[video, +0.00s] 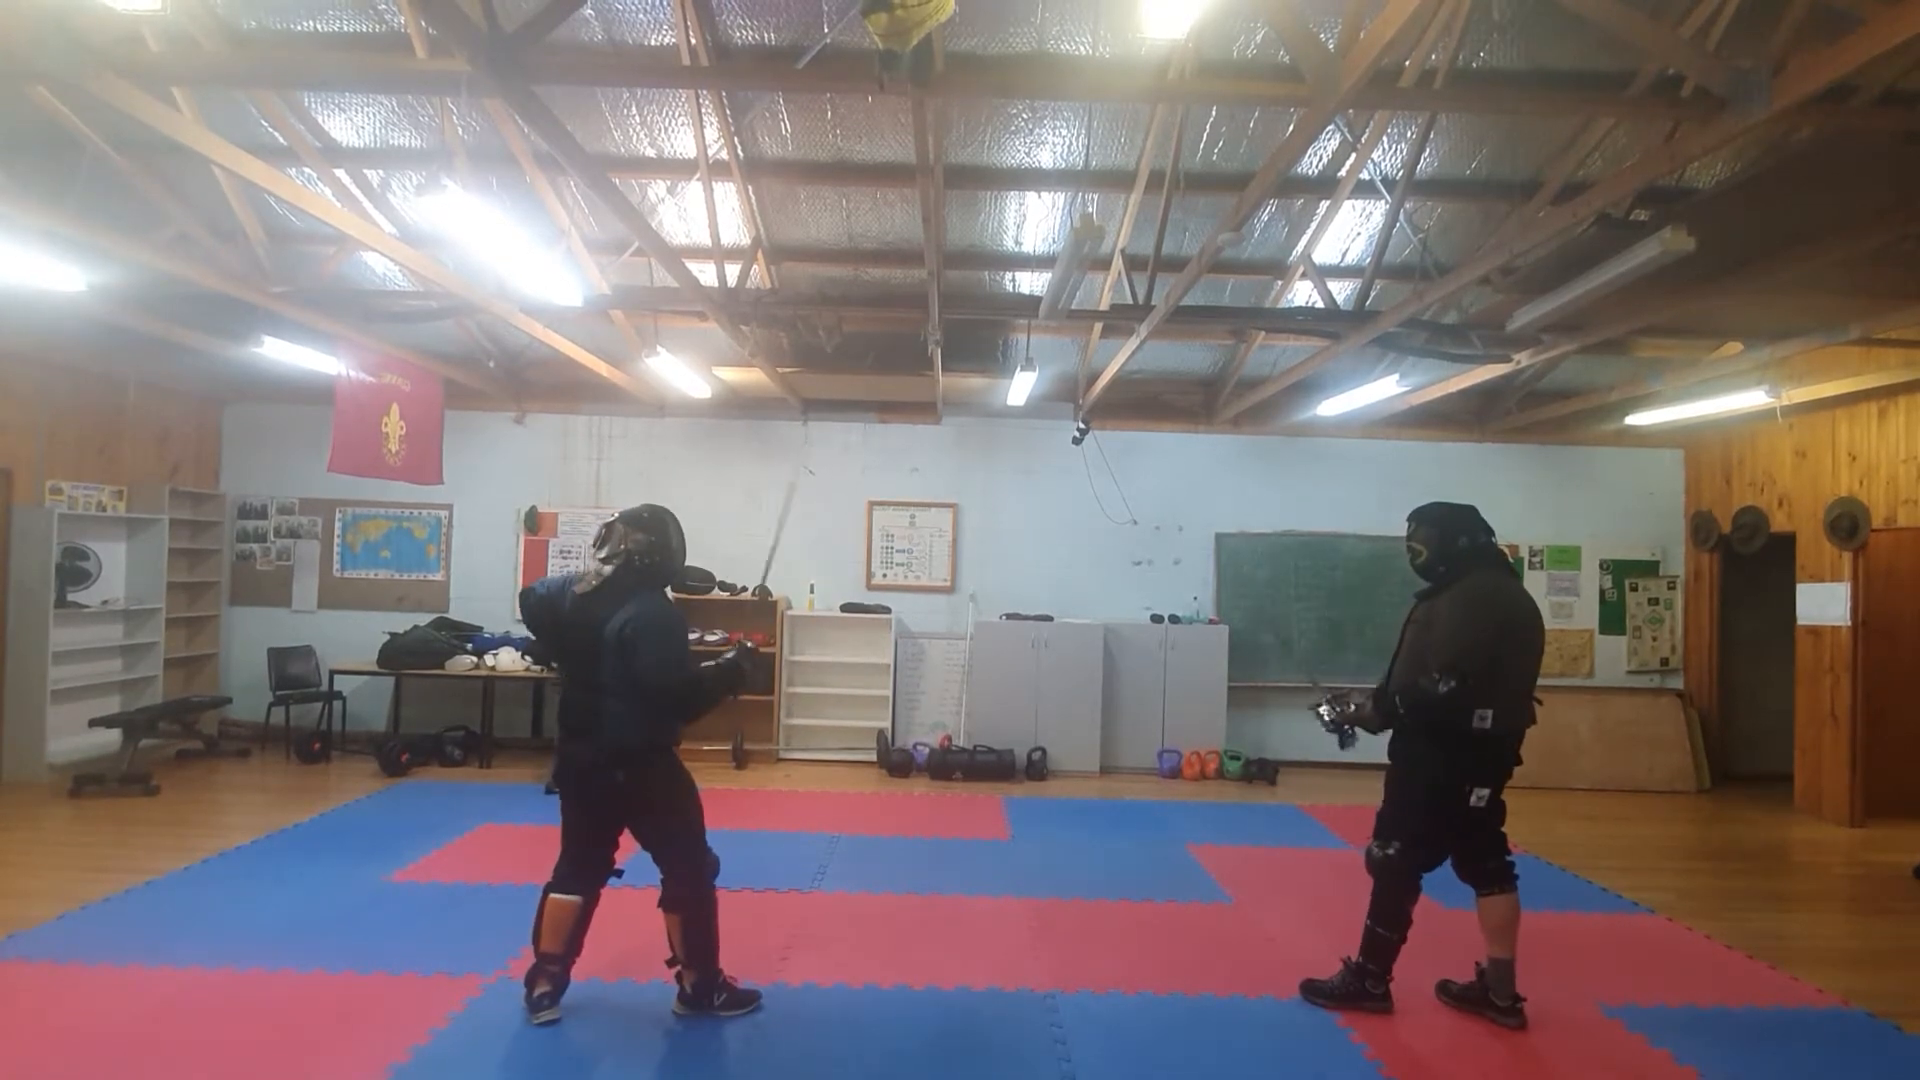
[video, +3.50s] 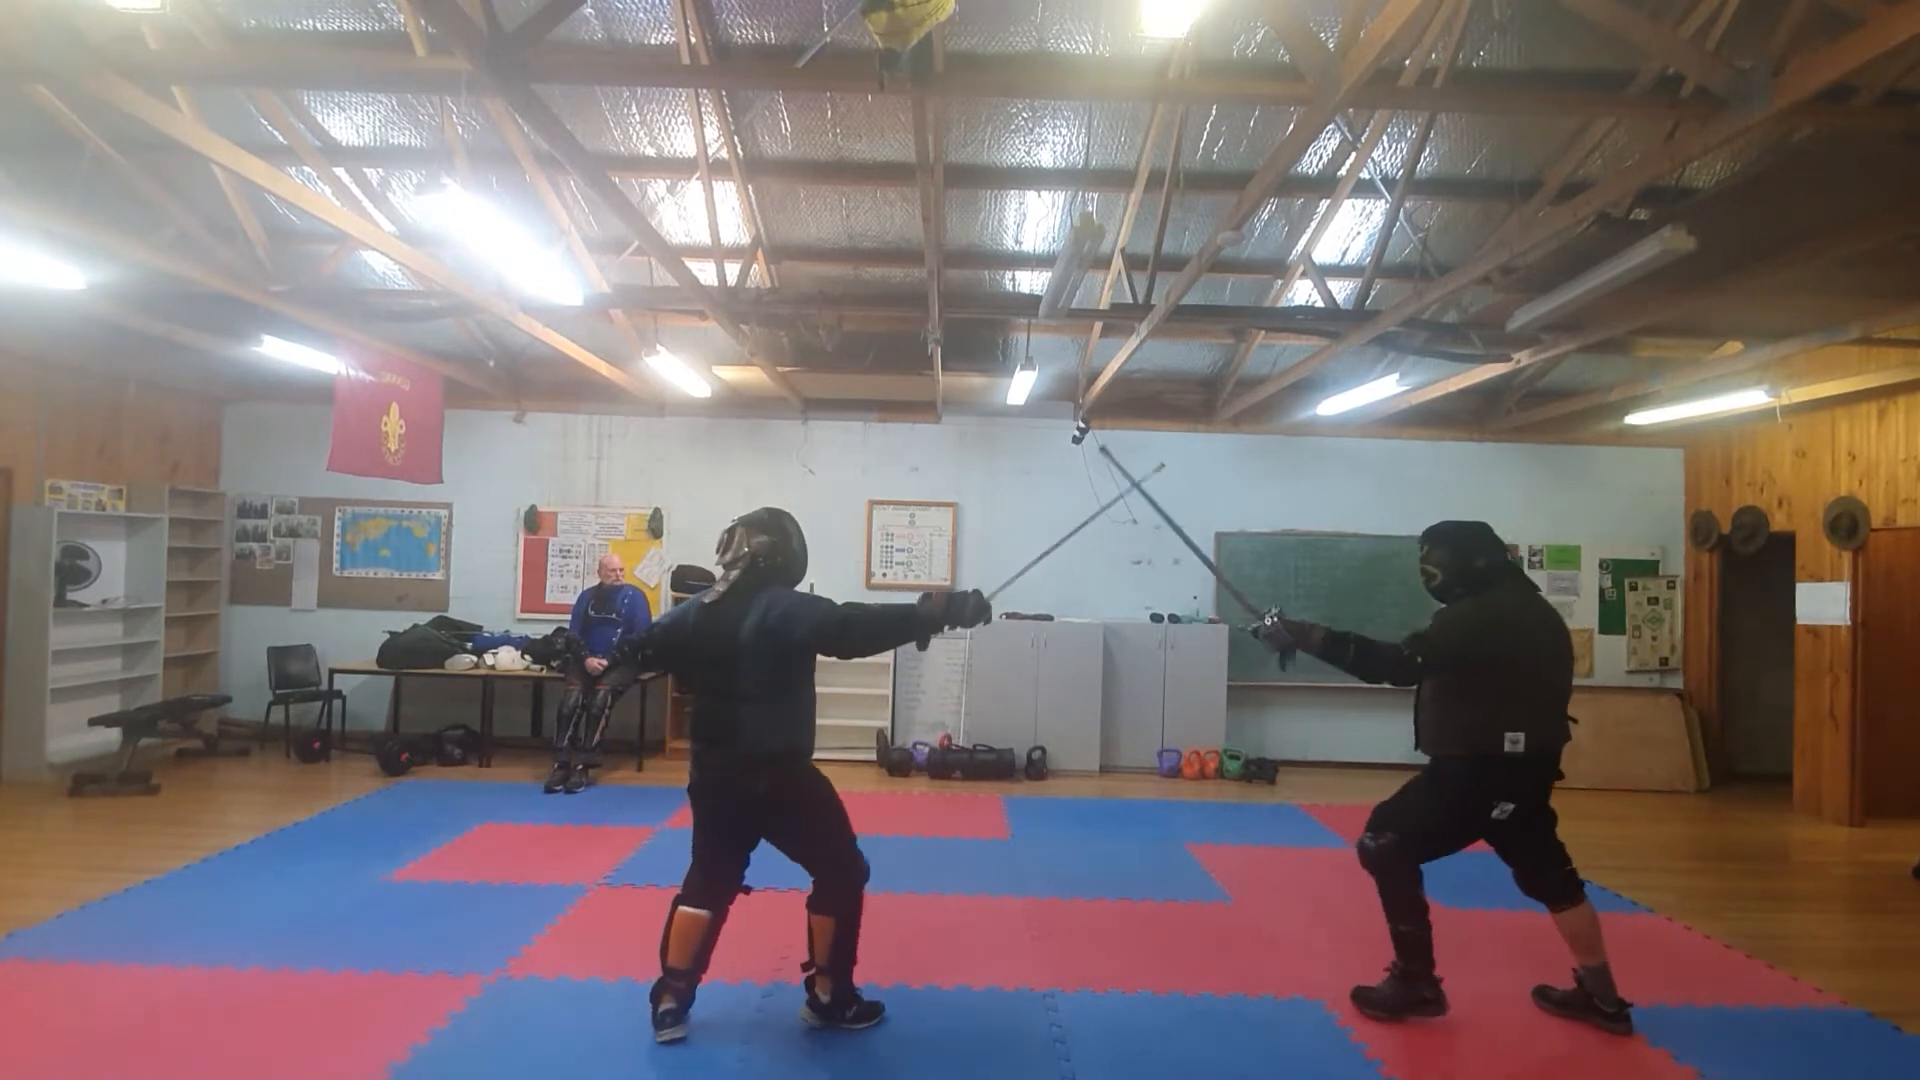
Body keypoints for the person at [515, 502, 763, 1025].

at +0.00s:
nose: (676, 563)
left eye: (674, 554)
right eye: (673, 554)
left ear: (613, 547)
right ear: (663, 554)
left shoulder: (580, 601)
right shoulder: (655, 615)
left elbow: (532, 601)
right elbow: (674, 700)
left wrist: (581, 581)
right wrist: (728, 672)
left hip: (581, 766)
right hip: (646, 768)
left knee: (578, 864)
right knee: (689, 865)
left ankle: (545, 983)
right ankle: (700, 983)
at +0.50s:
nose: (668, 563)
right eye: (665, 554)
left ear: (603, 549)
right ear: (657, 555)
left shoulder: (569, 608)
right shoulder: (655, 613)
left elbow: (518, 624)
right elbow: (715, 660)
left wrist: (567, 596)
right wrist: (794, 642)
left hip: (583, 771)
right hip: (649, 770)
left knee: (578, 865)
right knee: (705, 858)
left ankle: (545, 982)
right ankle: (704, 980)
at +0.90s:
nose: (723, 566)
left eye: (661, 551)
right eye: (721, 557)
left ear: (657, 555)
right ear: (716, 559)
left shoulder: (621, 608)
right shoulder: (718, 616)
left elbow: (573, 624)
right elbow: (781, 652)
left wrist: (625, 590)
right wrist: (855, 635)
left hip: (635, 769)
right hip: (706, 772)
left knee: (602, 864)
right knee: (742, 866)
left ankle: (551, 978)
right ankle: (745, 983)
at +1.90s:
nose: (716, 567)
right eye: (715, 557)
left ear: (650, 551)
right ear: (708, 557)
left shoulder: (615, 609)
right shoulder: (708, 615)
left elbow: (567, 637)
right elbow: (767, 672)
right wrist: (841, 658)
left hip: (635, 774)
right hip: (706, 775)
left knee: (623, 868)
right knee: (754, 863)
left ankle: (591, 987)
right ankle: (761, 984)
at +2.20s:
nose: (757, 565)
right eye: (755, 555)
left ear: (691, 552)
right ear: (747, 555)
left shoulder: (651, 609)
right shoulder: (753, 608)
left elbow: (593, 626)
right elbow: (821, 632)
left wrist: (603, 593)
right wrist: (900, 620)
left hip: (663, 773)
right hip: (738, 773)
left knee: (635, 871)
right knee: (767, 871)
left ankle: (593, 988)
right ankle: (769, 992)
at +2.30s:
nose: (762, 563)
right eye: (760, 555)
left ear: (696, 551)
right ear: (750, 554)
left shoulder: (654, 604)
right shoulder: (754, 603)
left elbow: (600, 626)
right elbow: (825, 619)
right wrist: (908, 604)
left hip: (664, 767)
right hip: (737, 768)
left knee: (644, 867)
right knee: (768, 870)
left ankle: (613, 989)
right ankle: (769, 991)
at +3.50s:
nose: (798, 568)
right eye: (796, 558)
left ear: (730, 554)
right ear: (787, 559)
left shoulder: (693, 617)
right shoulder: (792, 611)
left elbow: (642, 649)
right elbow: (858, 627)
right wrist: (938, 610)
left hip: (715, 783)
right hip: (785, 782)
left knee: (708, 880)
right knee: (840, 871)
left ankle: (671, 999)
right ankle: (830, 997)